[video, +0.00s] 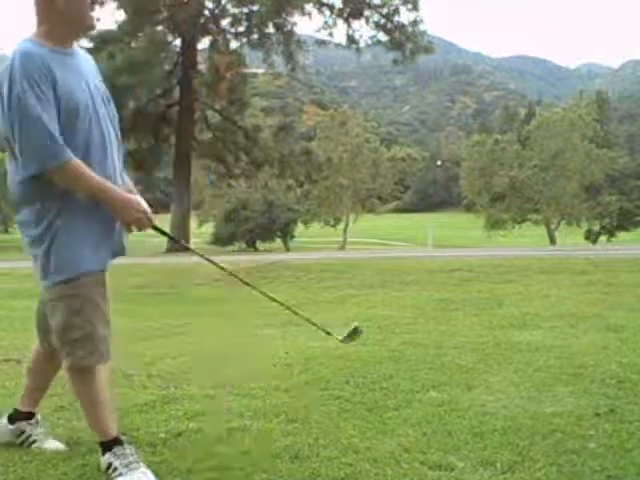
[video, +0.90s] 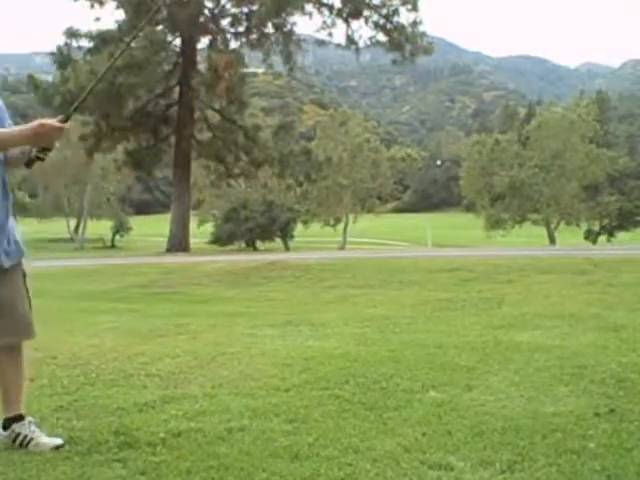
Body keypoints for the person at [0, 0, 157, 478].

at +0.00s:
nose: (96, 5)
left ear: (64, 8)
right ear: (53, 4)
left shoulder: (82, 59)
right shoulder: (25, 62)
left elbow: (102, 143)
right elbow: (49, 157)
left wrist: (129, 196)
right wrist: (116, 197)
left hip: (91, 224)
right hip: (61, 229)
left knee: (59, 330)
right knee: (84, 337)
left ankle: (20, 421)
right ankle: (114, 449)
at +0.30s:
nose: (62, 10)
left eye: (59, 3)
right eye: (52, 3)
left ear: (35, 14)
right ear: (19, 9)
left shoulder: (58, 71)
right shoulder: (4, 66)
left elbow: (80, 140)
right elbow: (25, 143)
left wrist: (108, 168)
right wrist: (105, 164)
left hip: (49, 225)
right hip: (11, 224)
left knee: (20, 328)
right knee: (41, 317)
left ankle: (12, 422)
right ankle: (61, 429)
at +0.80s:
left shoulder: (6, 84)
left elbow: (15, 147)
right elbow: (5, 137)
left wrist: (47, 141)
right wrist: (42, 128)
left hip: (14, 224)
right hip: (5, 225)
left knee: (12, 327)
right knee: (10, 328)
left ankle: (13, 418)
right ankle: (11, 419)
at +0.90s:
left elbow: (4, 151)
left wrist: (26, 153)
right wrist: (27, 134)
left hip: (6, 231)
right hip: (5, 233)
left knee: (12, 329)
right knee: (10, 328)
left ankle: (13, 418)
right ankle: (12, 418)